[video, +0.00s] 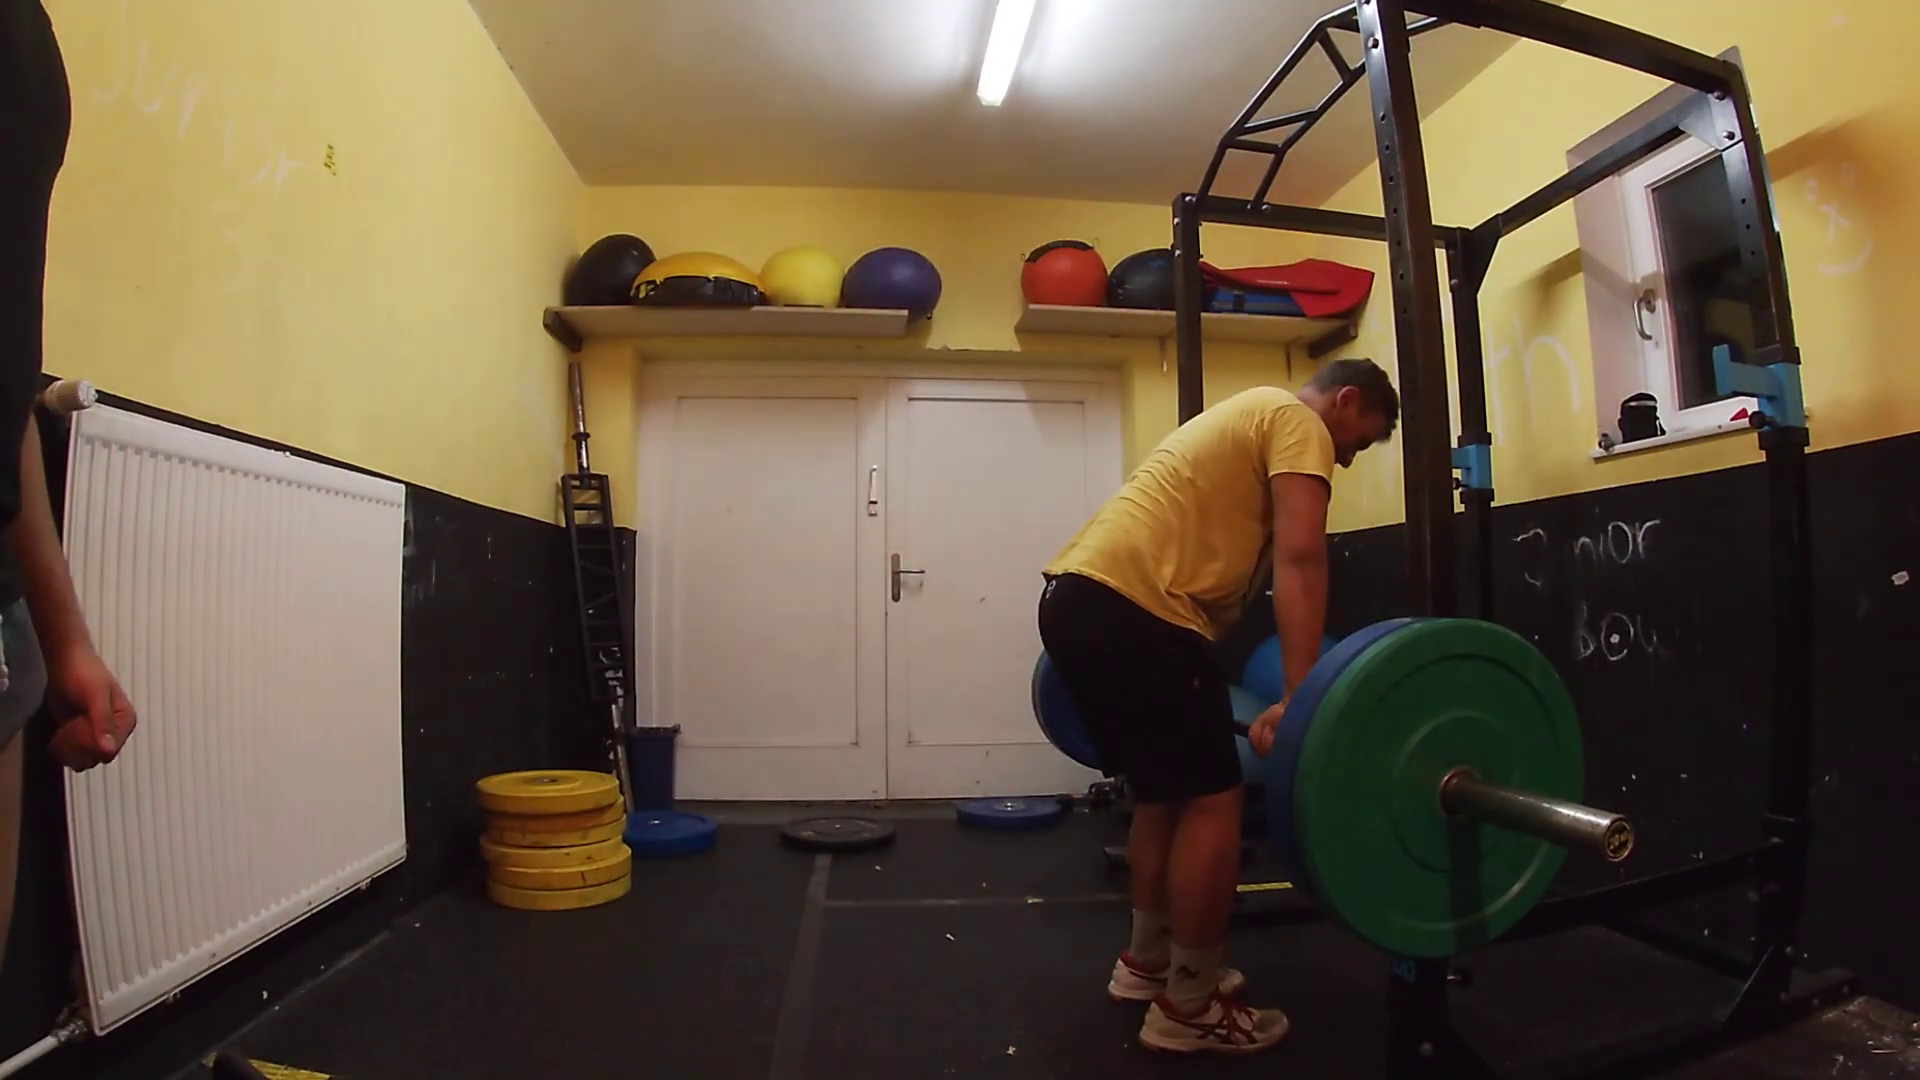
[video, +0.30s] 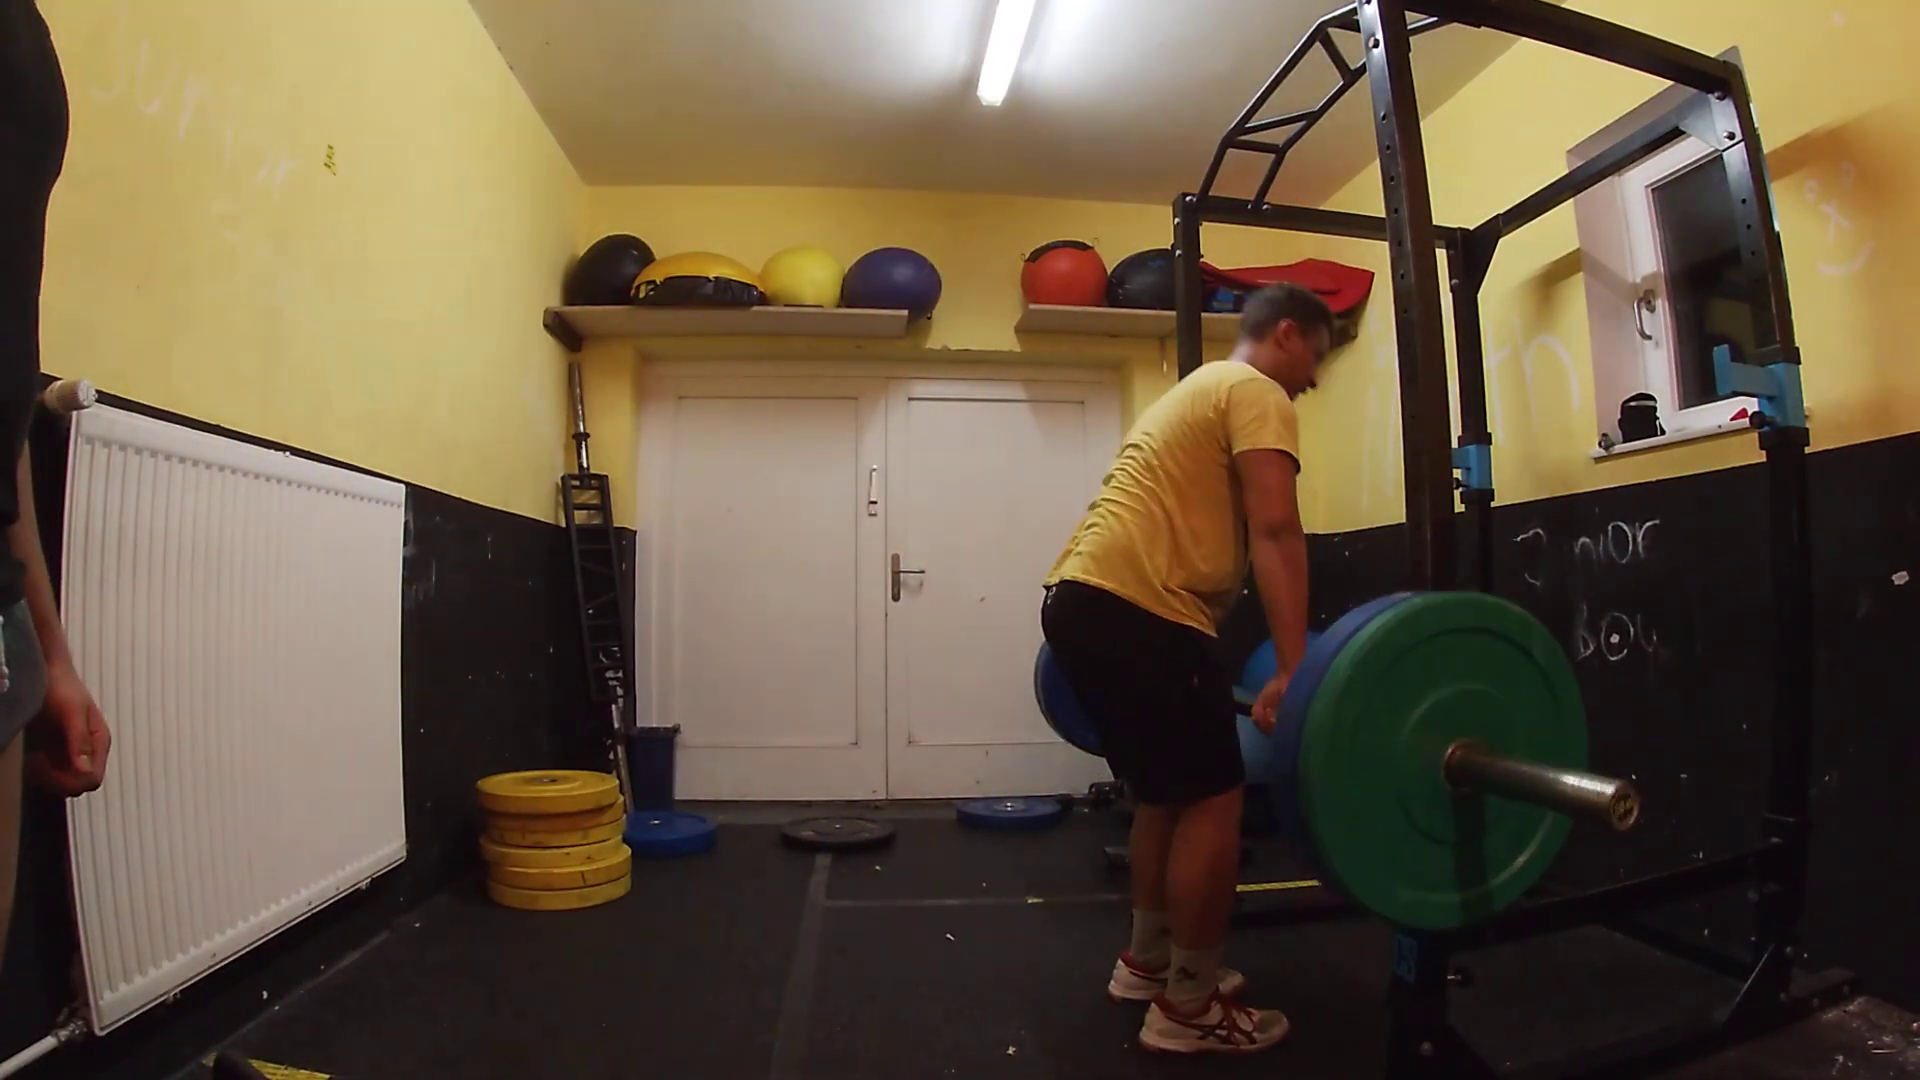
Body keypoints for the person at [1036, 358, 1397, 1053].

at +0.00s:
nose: (1354, 454)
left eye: (1365, 446)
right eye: (1365, 436)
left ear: (1329, 392)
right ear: (1346, 401)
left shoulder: (1247, 417)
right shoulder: (1296, 421)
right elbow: (1300, 557)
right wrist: (1300, 698)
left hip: (1081, 595)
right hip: (1137, 605)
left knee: (1159, 788)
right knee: (1213, 797)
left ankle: (1147, 957)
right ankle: (1190, 1005)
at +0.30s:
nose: (1314, 378)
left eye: (1319, 363)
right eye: (1315, 359)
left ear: (1258, 332)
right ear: (1288, 334)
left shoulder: (1198, 389)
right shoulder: (1253, 389)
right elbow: (1274, 527)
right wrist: (1293, 668)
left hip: (1084, 598)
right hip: (1140, 607)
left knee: (1160, 791)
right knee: (1214, 796)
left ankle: (1148, 960)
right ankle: (1190, 1004)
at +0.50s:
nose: (1250, 313)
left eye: (1251, 298)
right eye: (1247, 296)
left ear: (1182, 288)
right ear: (1214, 283)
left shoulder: (1143, 355)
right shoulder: (1203, 346)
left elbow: (1138, 493)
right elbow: (1244, 474)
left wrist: (1196, 609)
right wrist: (1282, 609)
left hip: (1088, 598)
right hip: (1147, 606)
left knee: (1150, 779)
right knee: (1202, 793)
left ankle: (1147, 957)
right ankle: (1191, 1002)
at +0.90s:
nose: (1136, 279)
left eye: (1135, 264)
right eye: (1130, 262)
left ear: (1070, 264)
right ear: (1094, 259)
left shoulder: (1048, 342)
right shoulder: (1100, 328)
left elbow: (1067, 478)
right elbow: (1154, 459)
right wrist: (1217, 574)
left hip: (1075, 601)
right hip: (1107, 608)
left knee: (1143, 789)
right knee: (1140, 799)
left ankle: (1123, 954)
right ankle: (1098, 997)